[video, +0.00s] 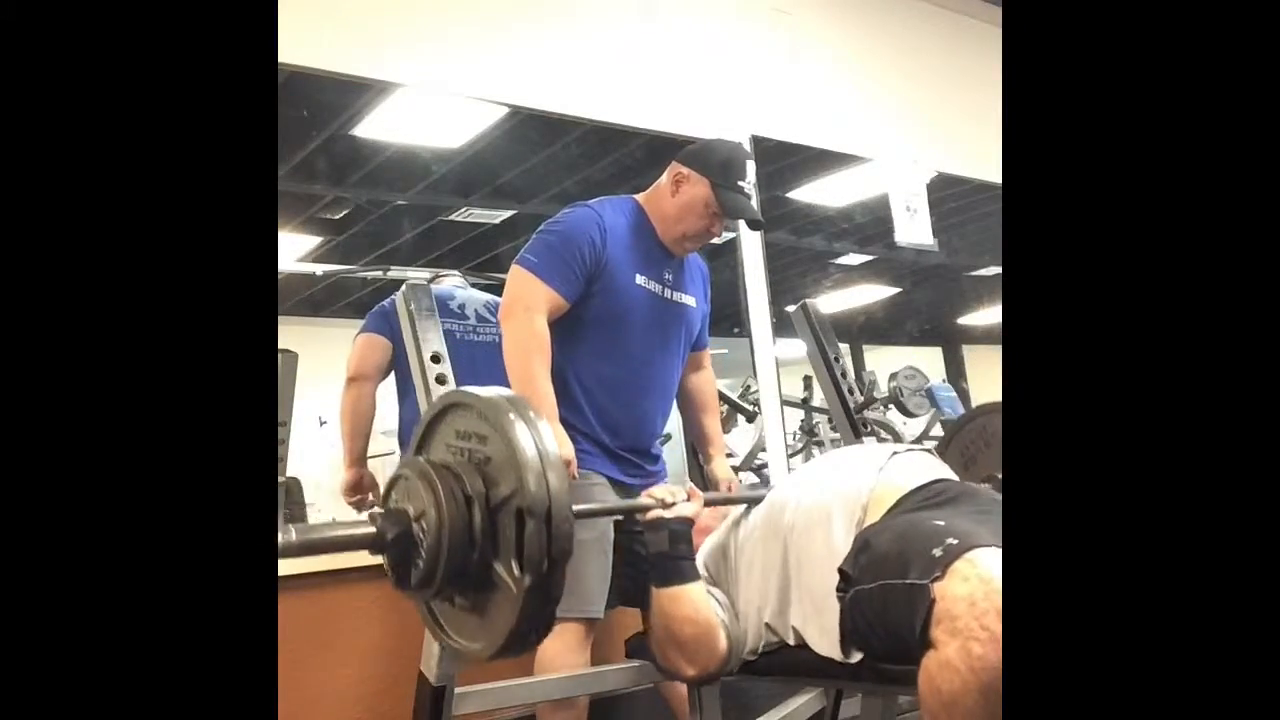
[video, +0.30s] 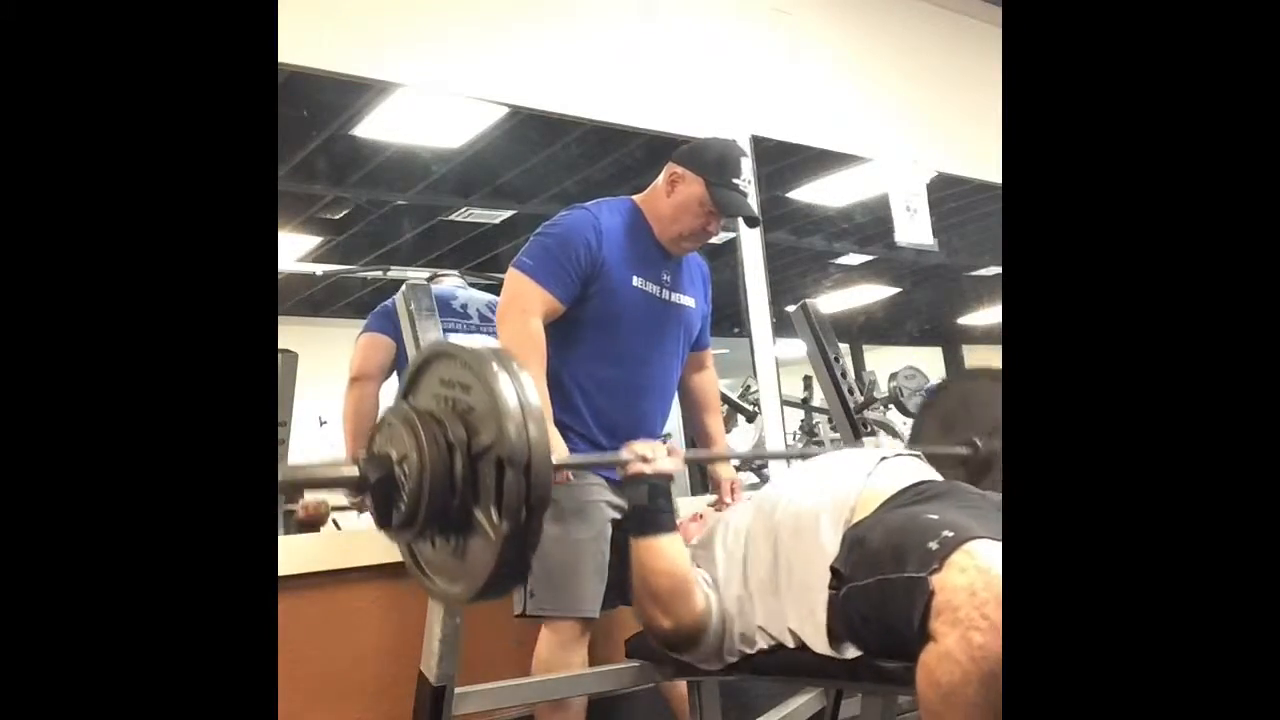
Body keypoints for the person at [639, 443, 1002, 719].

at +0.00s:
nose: (697, 495)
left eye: (693, 491)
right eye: (681, 503)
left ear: (715, 497)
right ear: (685, 543)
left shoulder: (776, 506)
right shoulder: (713, 582)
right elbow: (690, 664)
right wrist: (666, 540)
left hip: (964, 492)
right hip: (881, 534)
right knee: (986, 597)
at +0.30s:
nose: (693, 514)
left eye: (694, 508)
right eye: (681, 525)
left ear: (714, 504)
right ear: (675, 549)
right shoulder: (713, 612)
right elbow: (671, 619)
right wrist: (649, 497)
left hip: (933, 486)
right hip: (873, 527)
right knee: (986, 593)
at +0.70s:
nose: (686, 509)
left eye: (684, 505)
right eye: (669, 517)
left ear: (698, 502)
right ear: (652, 558)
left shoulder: (761, 501)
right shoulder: (693, 607)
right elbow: (659, 583)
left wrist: (882, 442)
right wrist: (643, 459)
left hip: (942, 493)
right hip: (864, 533)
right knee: (982, 596)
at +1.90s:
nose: (697, 501)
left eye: (696, 497)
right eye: (681, 510)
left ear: (716, 497)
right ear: (670, 543)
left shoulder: (772, 498)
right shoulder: (700, 592)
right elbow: (670, 616)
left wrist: (884, 447)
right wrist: (647, 495)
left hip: (946, 492)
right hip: (867, 530)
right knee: (977, 605)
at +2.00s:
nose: (707, 496)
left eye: (699, 493)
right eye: (686, 504)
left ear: (713, 498)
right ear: (674, 537)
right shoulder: (695, 576)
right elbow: (686, 641)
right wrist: (652, 515)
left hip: (945, 491)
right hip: (869, 532)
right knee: (982, 608)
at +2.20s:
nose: (692, 495)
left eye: (689, 490)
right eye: (678, 501)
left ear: (709, 494)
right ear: (681, 538)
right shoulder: (703, 581)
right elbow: (685, 657)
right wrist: (661, 534)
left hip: (952, 487)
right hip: (876, 525)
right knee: (981, 606)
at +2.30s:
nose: (696, 498)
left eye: (695, 493)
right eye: (681, 503)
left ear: (710, 499)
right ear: (675, 536)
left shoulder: (761, 510)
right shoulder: (696, 568)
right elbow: (682, 637)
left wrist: (756, 490)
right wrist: (653, 510)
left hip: (952, 491)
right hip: (870, 529)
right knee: (982, 600)